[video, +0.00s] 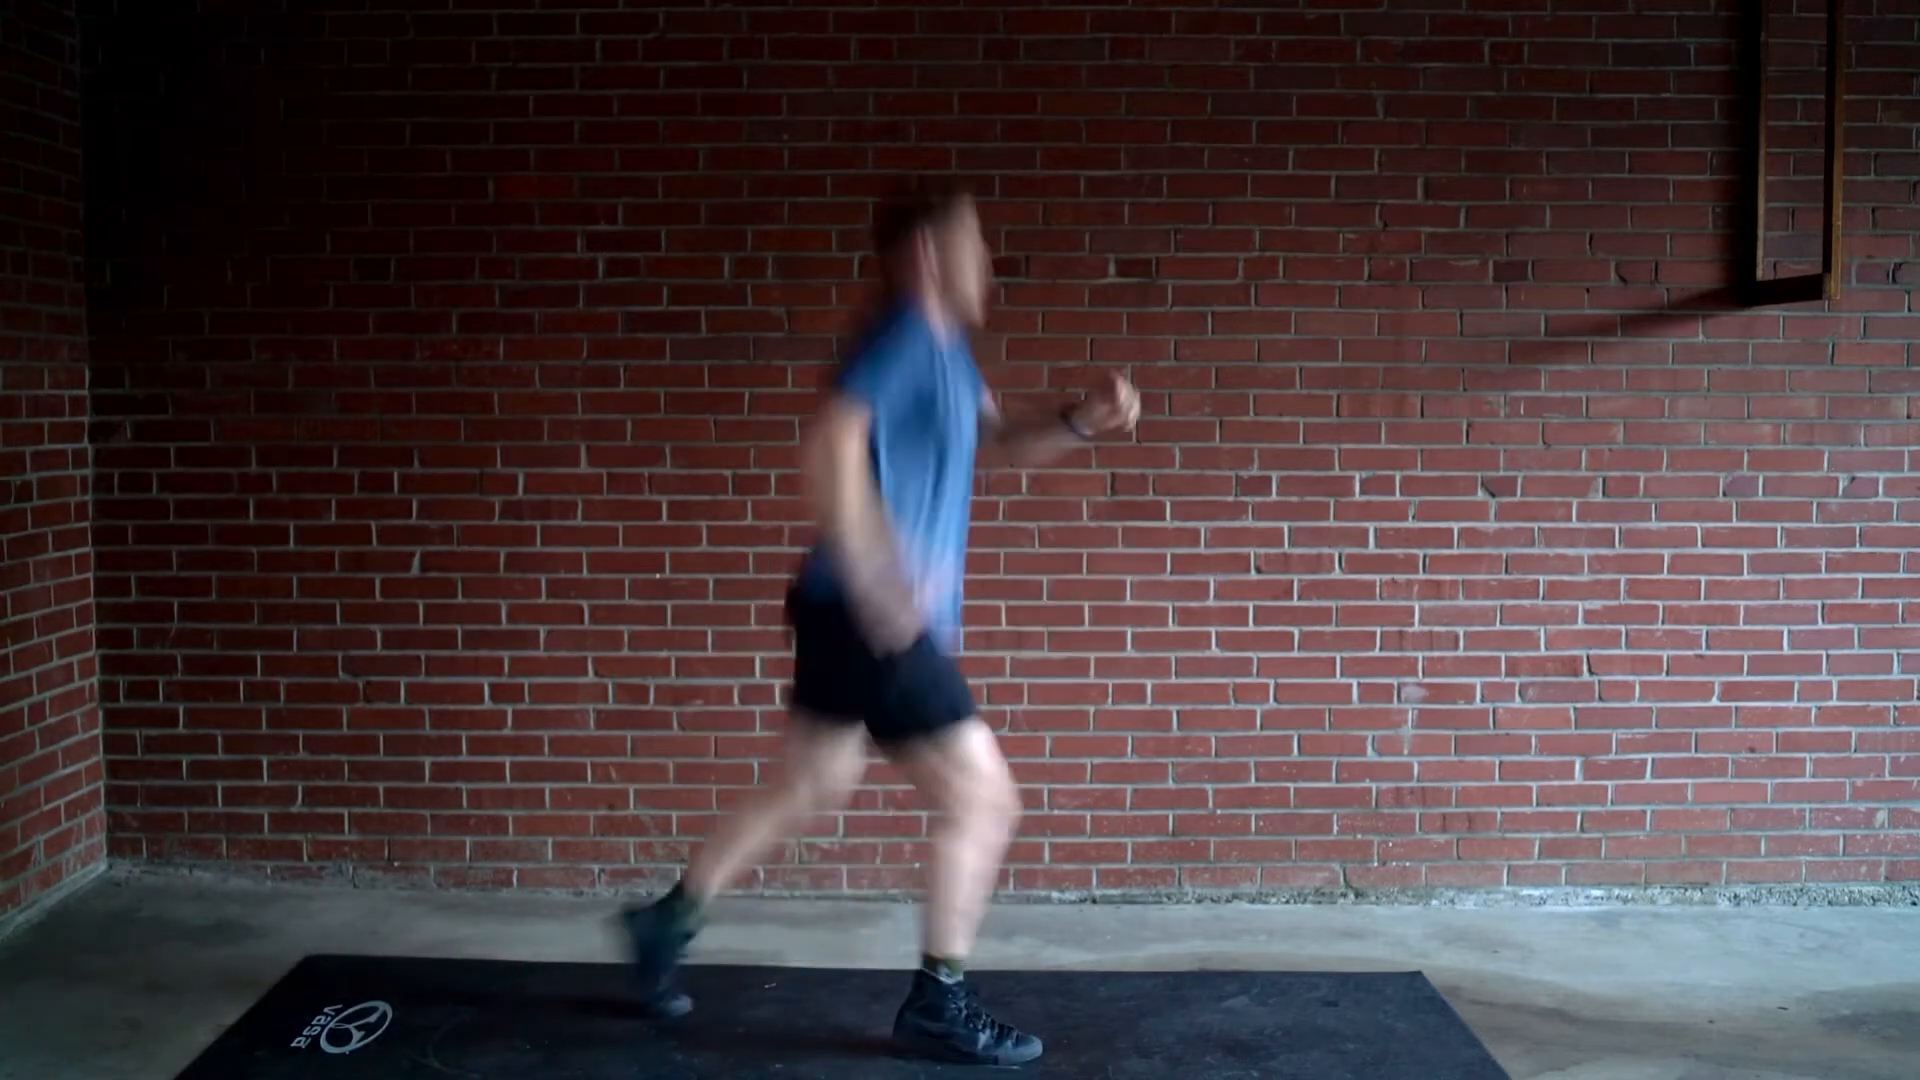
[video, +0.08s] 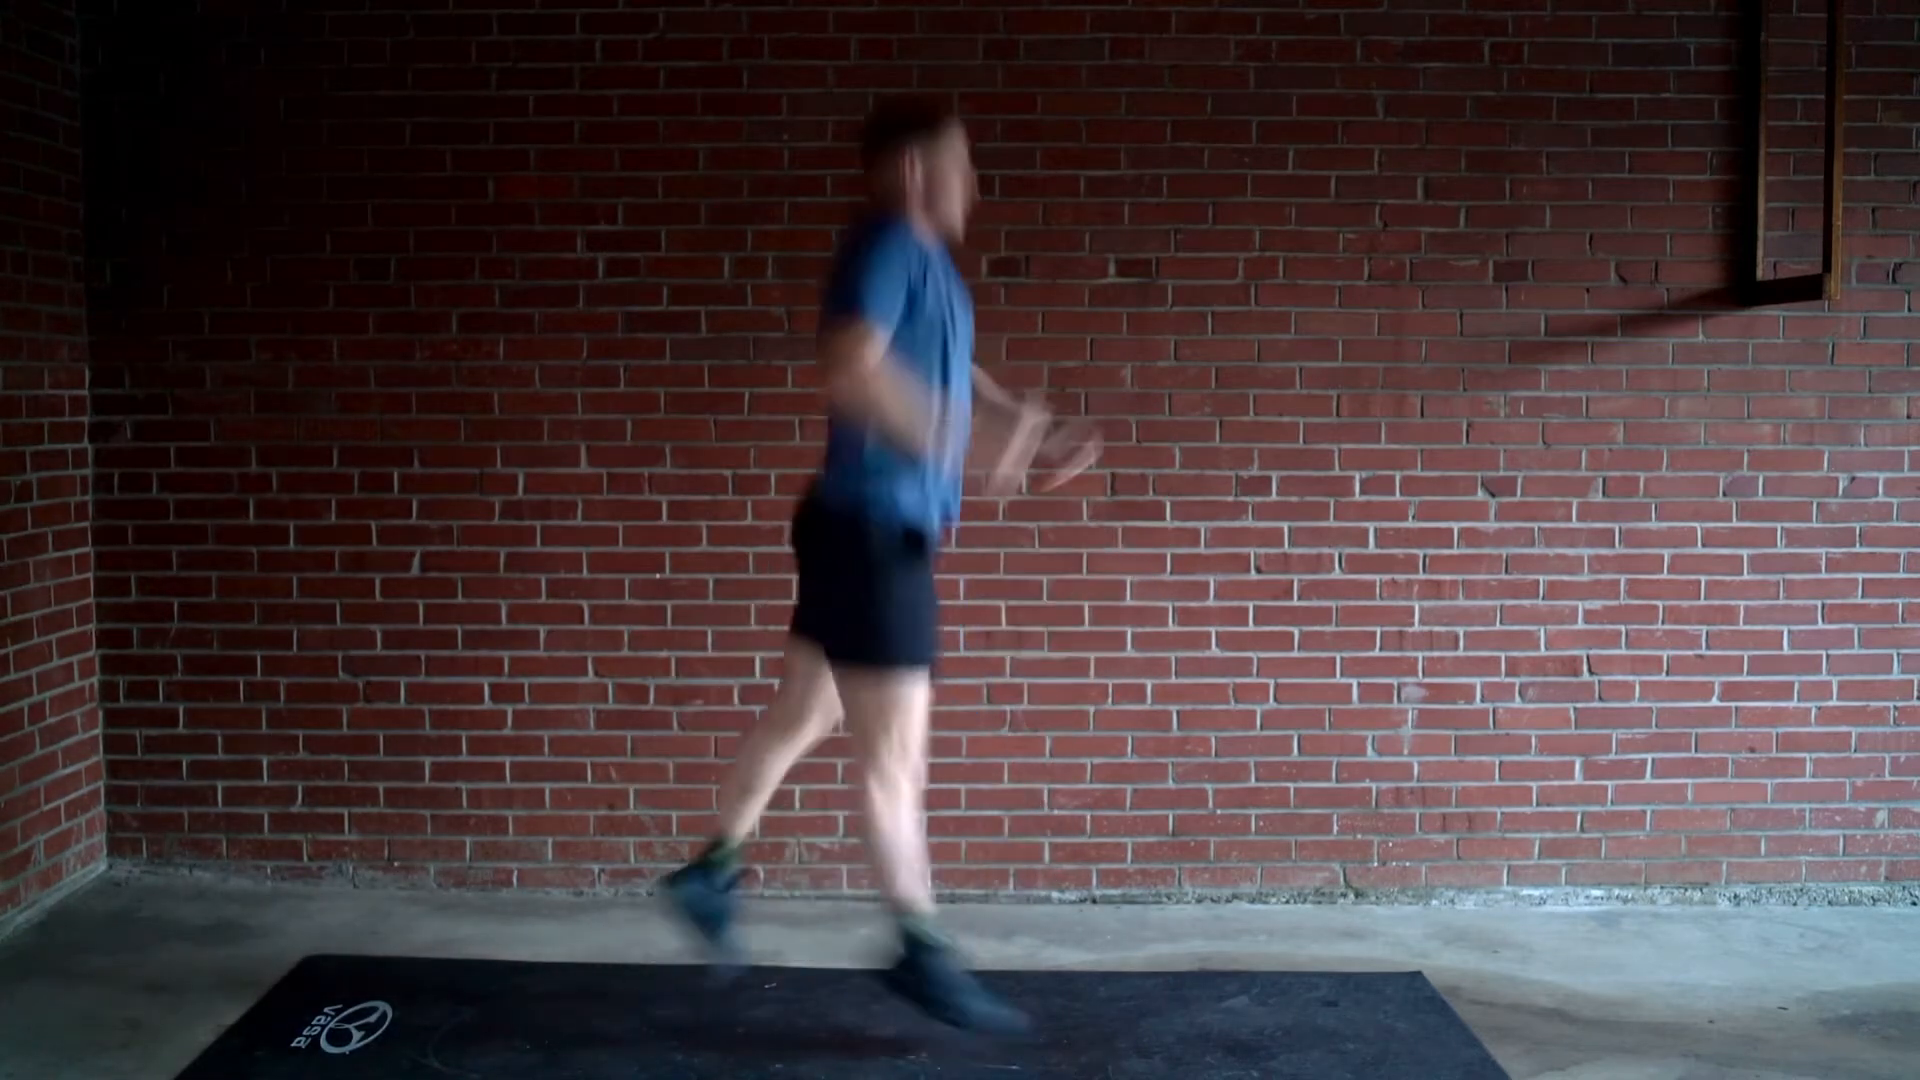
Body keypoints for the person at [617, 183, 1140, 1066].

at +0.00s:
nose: (987, 258)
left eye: (983, 240)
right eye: (972, 239)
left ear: (937, 253)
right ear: (925, 252)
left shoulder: (945, 347)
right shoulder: (906, 337)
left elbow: (995, 435)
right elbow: (835, 434)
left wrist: (1078, 419)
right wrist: (870, 572)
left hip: (855, 606)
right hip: (880, 611)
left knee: (815, 781)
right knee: (982, 797)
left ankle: (669, 919)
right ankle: (939, 997)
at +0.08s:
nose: (971, 181)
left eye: (969, 164)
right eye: (958, 163)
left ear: (934, 173)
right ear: (911, 169)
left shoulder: (937, 268)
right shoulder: (888, 249)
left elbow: (951, 376)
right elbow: (851, 367)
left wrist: (1021, 431)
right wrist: (935, 433)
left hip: (880, 521)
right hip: (873, 526)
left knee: (804, 711)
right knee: (895, 744)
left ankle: (711, 869)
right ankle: (920, 944)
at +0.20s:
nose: (973, 119)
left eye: (971, 101)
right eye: (961, 100)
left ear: (903, 109)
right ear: (910, 107)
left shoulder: (880, 187)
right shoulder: (889, 188)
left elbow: (902, 316)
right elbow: (904, 314)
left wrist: (1002, 284)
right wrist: (1026, 276)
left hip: (854, 457)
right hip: (867, 462)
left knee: (839, 667)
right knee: (877, 677)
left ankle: (792, 848)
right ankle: (780, 852)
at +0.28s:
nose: (975, 121)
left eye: (973, 104)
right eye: (963, 104)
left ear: (914, 109)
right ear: (916, 108)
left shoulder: (899, 190)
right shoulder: (886, 191)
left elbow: (882, 327)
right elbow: (940, 316)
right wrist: (1023, 240)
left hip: (875, 467)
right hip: (850, 467)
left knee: (882, 670)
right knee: (839, 685)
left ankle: (847, 859)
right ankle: (704, 850)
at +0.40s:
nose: (981, 183)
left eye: (978, 165)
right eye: (969, 164)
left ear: (911, 172)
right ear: (919, 169)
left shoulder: (862, 257)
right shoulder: (904, 259)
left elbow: (780, 366)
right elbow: (972, 395)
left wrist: (729, 465)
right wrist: (1019, 290)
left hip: (861, 535)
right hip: (830, 535)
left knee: (912, 718)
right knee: (792, 749)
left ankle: (905, 910)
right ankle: (648, 905)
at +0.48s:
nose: (984, 270)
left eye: (982, 251)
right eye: (970, 250)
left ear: (917, 255)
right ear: (924, 252)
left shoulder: (859, 334)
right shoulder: (906, 343)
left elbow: (763, 426)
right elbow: (977, 489)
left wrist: (701, 515)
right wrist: (1023, 375)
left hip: (855, 613)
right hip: (811, 616)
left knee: (934, 780)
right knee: (793, 839)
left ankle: (892, 971)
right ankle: (625, 966)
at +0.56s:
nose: (989, 370)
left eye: (987, 350)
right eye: (977, 350)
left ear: (919, 358)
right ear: (931, 356)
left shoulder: (865, 436)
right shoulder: (905, 449)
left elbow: (758, 512)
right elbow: (975, 602)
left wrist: (703, 592)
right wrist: (1020, 485)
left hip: (850, 697)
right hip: (790, 702)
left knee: (960, 808)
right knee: (806, 925)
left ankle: (892, 982)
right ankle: (609, 973)